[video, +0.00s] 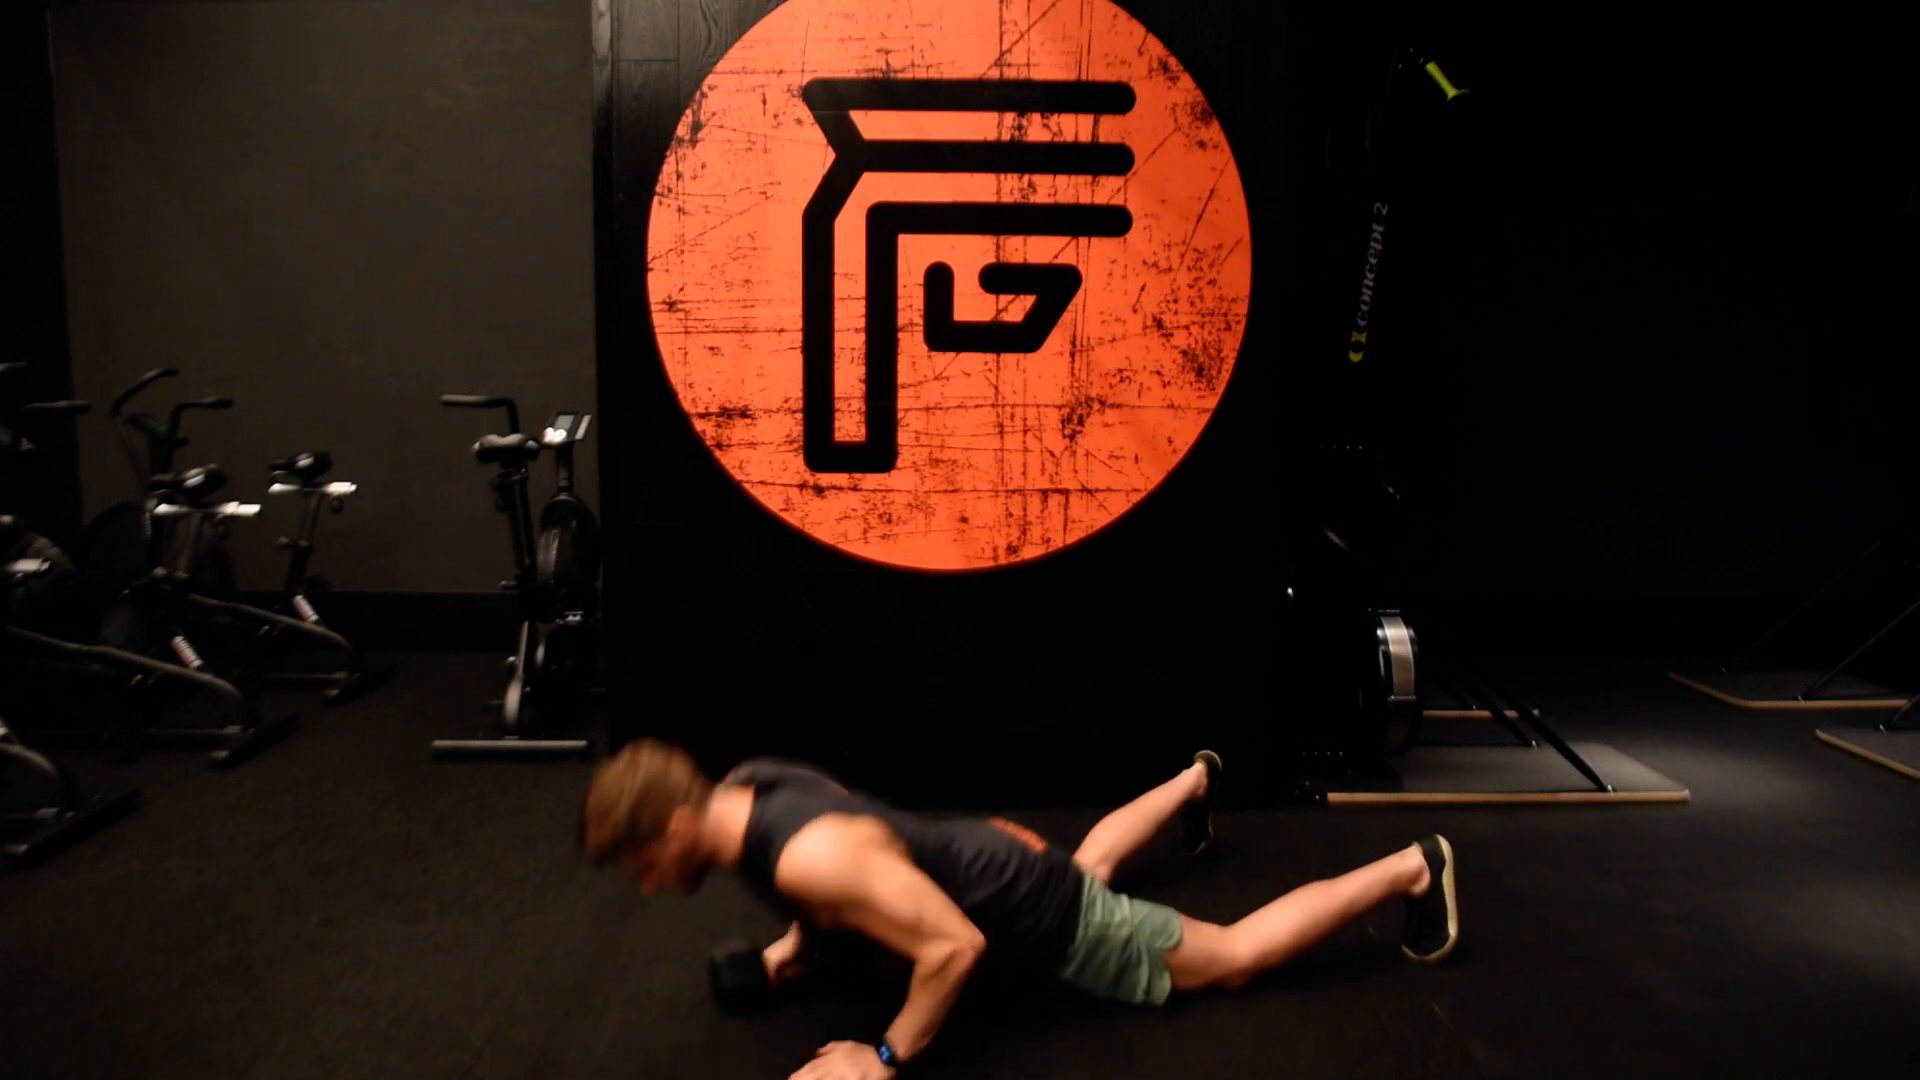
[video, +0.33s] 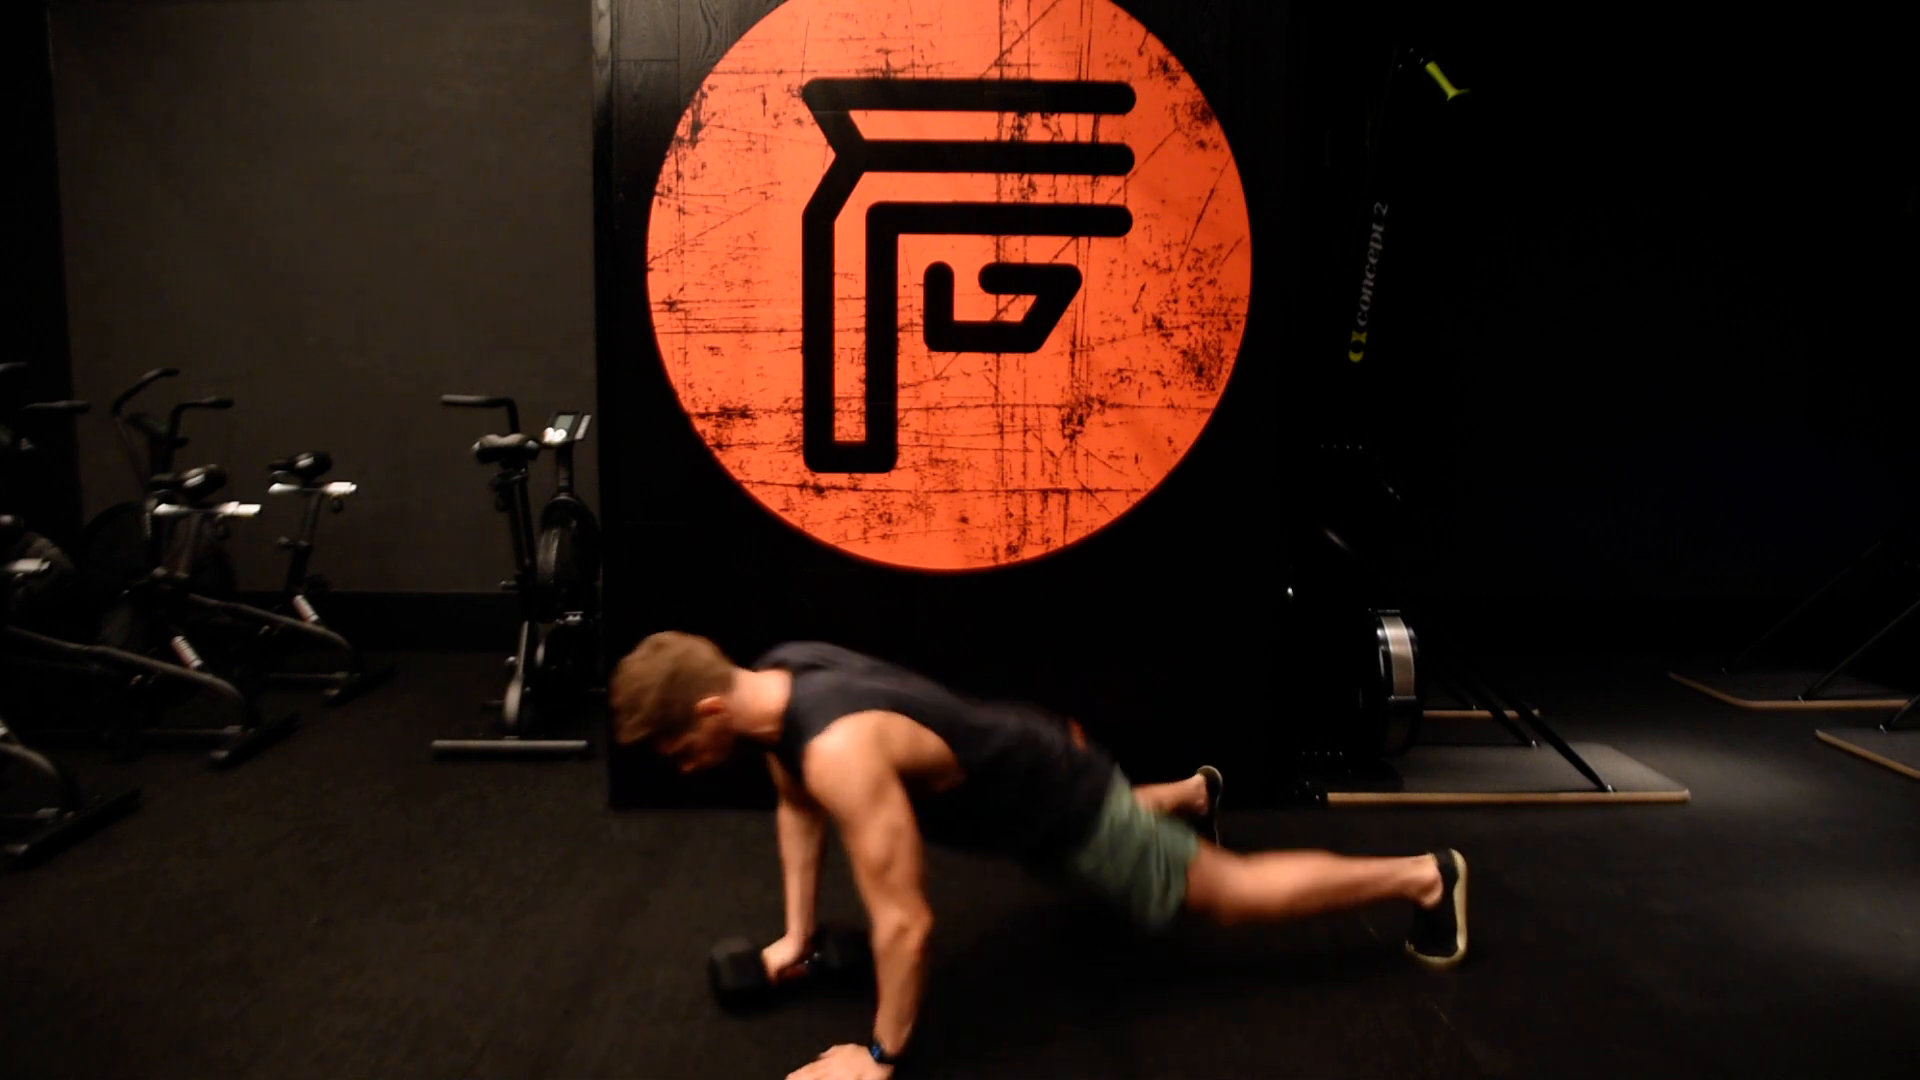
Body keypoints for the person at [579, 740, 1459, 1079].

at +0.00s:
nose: (637, 880)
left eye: (634, 865)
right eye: (626, 869)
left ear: (666, 835)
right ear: (676, 801)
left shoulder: (811, 864)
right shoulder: (745, 786)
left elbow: (953, 945)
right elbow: (838, 847)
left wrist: (885, 1054)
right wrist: (800, 935)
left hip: (1040, 911)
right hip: (986, 856)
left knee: (1228, 953)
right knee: (1080, 872)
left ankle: (1410, 866)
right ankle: (1191, 778)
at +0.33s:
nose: (684, 767)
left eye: (677, 754)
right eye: (670, 759)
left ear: (698, 722)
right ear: (702, 695)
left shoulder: (838, 753)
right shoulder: (772, 681)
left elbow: (905, 923)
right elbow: (797, 818)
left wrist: (881, 1052)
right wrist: (800, 936)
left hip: (1060, 798)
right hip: (1008, 762)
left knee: (1231, 890)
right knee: (1091, 809)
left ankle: (1425, 876)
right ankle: (1183, 795)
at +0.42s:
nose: (670, 773)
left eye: (663, 762)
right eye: (656, 767)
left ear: (682, 727)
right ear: (678, 699)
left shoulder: (805, 748)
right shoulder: (737, 675)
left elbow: (881, 915)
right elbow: (773, 819)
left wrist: (880, 1050)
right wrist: (796, 934)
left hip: (1052, 713)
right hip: (990, 678)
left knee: (1209, 835)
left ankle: (1400, 870)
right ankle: (1167, 787)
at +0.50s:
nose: (662, 787)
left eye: (652, 775)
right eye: (646, 781)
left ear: (674, 736)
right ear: (665, 706)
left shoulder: (796, 731)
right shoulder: (725, 673)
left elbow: (867, 900)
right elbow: (771, 810)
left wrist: (877, 1049)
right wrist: (793, 936)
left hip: (1031, 623)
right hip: (957, 612)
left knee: (1155, 814)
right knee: (1084, 745)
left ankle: (1344, 840)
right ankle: (1153, 756)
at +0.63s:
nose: (688, 763)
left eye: (679, 752)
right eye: (674, 759)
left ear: (696, 713)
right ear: (686, 692)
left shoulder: (804, 698)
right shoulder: (732, 668)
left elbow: (859, 887)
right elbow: (778, 804)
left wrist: (868, 1036)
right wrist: (796, 939)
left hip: (1012, 539)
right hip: (936, 551)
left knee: (1024, 769)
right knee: (916, 703)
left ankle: (1199, 888)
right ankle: (1050, 804)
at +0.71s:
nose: (698, 742)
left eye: (689, 730)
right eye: (684, 738)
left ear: (702, 687)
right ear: (701, 677)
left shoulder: (805, 667)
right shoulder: (739, 651)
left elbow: (854, 862)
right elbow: (783, 797)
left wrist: (851, 1013)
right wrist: (794, 937)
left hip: (1010, 534)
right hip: (934, 549)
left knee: (954, 749)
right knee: (889, 717)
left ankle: (1052, 949)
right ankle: (953, 836)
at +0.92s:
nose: (641, 649)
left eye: (640, 629)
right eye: (629, 636)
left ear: (671, 582)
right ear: (670, 583)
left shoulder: (788, 600)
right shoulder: (722, 639)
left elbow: (810, 789)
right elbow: (761, 784)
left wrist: (761, 948)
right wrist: (774, 925)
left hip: (994, 634)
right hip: (900, 652)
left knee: (870, 787)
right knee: (765, 753)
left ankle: (951, 1002)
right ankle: (833, 917)